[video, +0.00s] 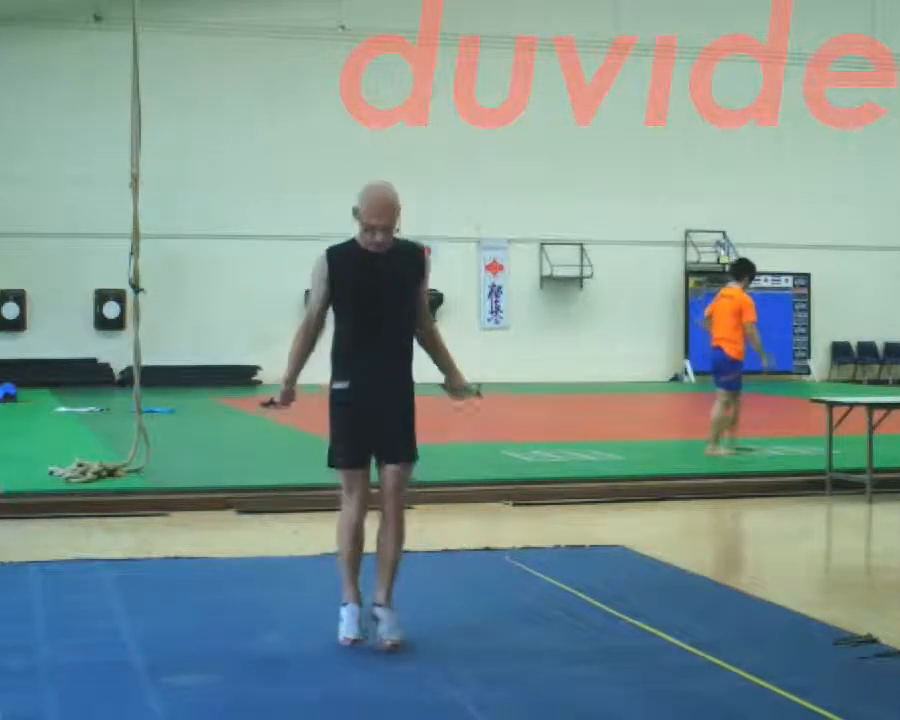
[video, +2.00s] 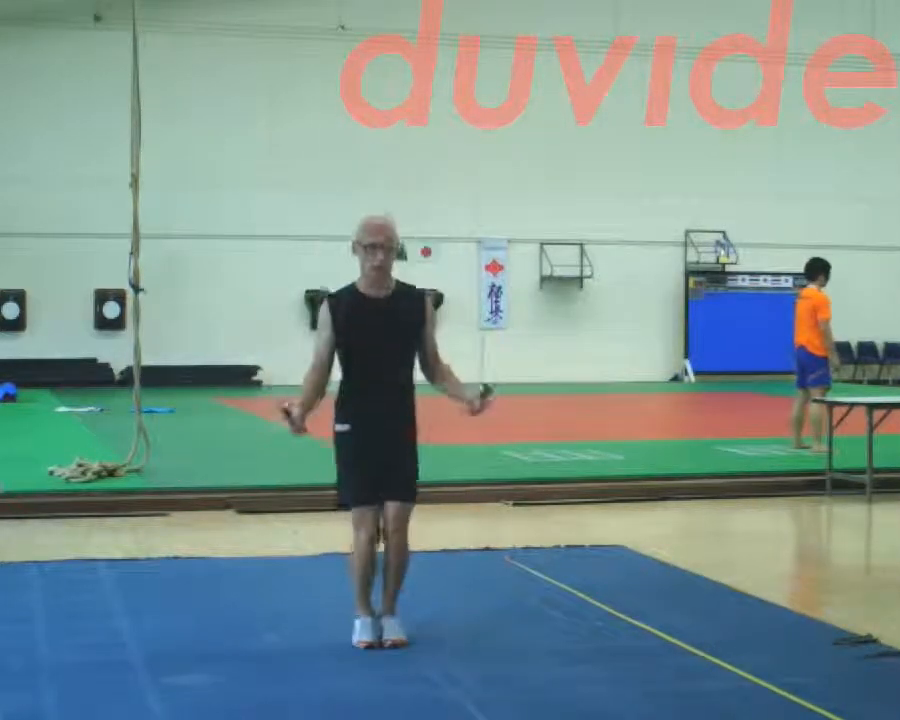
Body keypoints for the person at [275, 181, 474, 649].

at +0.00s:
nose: (379, 238)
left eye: (387, 230)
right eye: (371, 229)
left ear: (398, 220)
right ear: (357, 217)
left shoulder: (414, 258)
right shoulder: (333, 261)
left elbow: (424, 326)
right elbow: (311, 326)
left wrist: (453, 376)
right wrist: (289, 382)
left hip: (395, 391)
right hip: (352, 392)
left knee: (392, 498)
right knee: (358, 497)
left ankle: (377, 605)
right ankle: (354, 603)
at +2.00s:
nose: (377, 256)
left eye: (384, 248)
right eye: (369, 248)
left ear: (396, 251)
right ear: (355, 251)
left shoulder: (418, 303)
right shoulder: (336, 306)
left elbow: (433, 365)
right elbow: (320, 368)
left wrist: (465, 395)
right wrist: (301, 408)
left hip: (399, 420)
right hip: (354, 421)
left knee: (396, 521)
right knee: (366, 523)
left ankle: (389, 614)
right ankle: (363, 615)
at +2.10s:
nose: (380, 214)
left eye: (388, 206)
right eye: (371, 206)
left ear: (398, 207)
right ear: (356, 207)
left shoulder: (416, 254)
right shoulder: (336, 257)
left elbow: (428, 322)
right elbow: (318, 325)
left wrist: (458, 370)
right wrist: (296, 380)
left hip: (400, 385)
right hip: (353, 386)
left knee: (400, 497)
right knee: (359, 497)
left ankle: (393, 594)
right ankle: (359, 596)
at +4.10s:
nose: (354, 209)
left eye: (363, 201)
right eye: (346, 200)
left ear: (377, 203)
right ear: (334, 203)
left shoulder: (398, 250)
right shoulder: (316, 255)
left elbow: (419, 315)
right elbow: (298, 323)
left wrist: (454, 360)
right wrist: (274, 375)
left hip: (381, 375)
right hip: (334, 376)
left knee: (380, 475)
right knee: (345, 476)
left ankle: (369, 581)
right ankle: (340, 584)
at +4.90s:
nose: (344, 226)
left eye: (353, 218)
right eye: (336, 218)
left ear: (368, 220)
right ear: (326, 219)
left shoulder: (389, 272)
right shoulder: (307, 272)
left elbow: (404, 337)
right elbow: (286, 339)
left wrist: (433, 386)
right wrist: (265, 395)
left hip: (372, 400)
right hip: (325, 401)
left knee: (370, 501)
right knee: (332, 502)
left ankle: (364, 610)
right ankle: (331, 610)